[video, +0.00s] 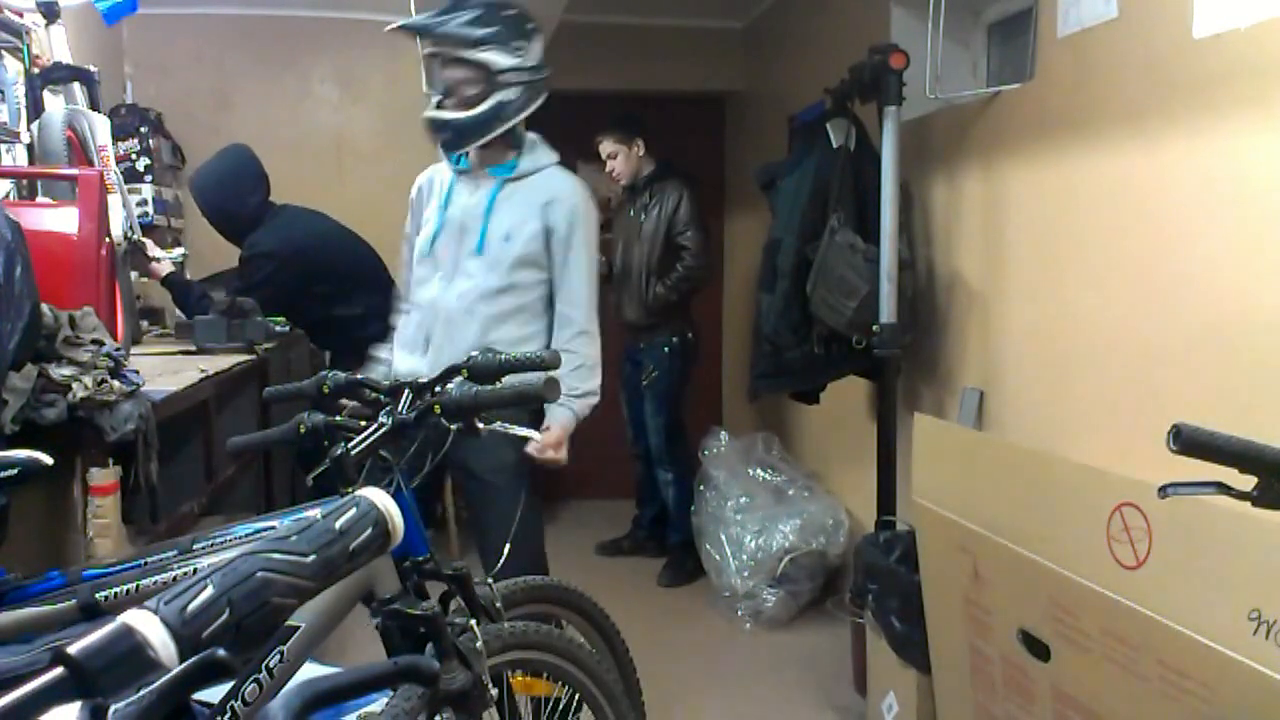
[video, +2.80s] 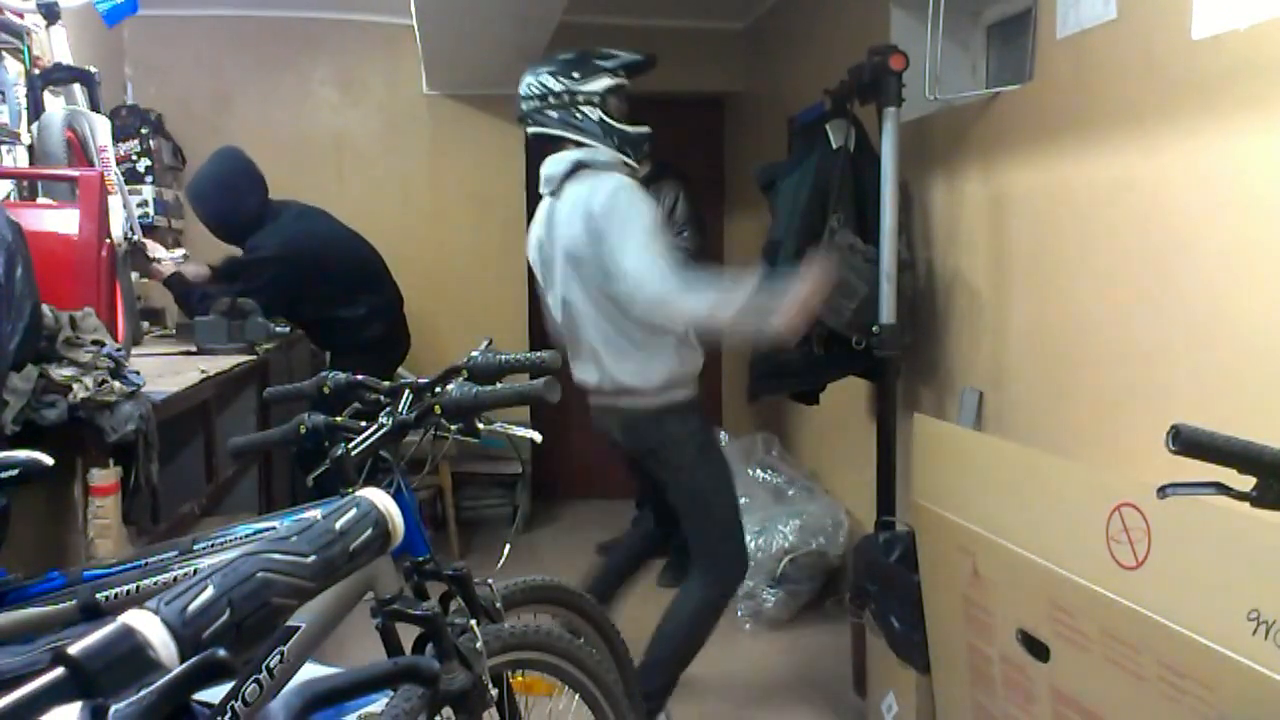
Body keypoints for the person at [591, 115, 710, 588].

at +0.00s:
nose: (609, 167)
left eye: (613, 156)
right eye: (604, 160)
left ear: (638, 148)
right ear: (611, 161)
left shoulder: (674, 193)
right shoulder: (625, 202)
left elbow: (694, 260)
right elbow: (617, 262)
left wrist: (656, 297)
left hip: (667, 336)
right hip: (635, 335)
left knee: (665, 442)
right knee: (641, 441)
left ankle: (685, 545)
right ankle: (649, 530)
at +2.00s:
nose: (605, 171)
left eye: (608, 160)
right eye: (600, 164)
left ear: (635, 150)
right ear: (610, 164)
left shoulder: (671, 193)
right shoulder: (624, 205)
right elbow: (626, 268)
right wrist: (603, 268)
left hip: (665, 336)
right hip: (631, 335)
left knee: (664, 443)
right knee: (640, 442)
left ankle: (684, 547)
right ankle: (650, 531)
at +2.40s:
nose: (605, 171)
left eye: (609, 160)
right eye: (600, 164)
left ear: (633, 151)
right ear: (605, 164)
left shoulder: (670, 194)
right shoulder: (619, 204)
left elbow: (692, 258)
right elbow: (616, 265)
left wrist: (653, 306)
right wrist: (608, 305)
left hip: (663, 330)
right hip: (624, 329)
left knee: (663, 428)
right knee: (630, 429)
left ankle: (684, 540)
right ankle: (644, 525)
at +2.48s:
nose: (592, 152)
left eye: (594, 140)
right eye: (580, 138)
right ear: (550, 140)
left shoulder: (527, 215)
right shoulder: (565, 211)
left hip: (559, 423)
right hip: (593, 426)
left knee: (592, 539)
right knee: (696, 545)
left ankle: (512, 617)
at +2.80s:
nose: (626, 106)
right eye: (616, 99)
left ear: (558, 119)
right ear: (587, 108)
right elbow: (659, 293)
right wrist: (772, 304)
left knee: (659, 521)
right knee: (722, 558)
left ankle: (577, 624)